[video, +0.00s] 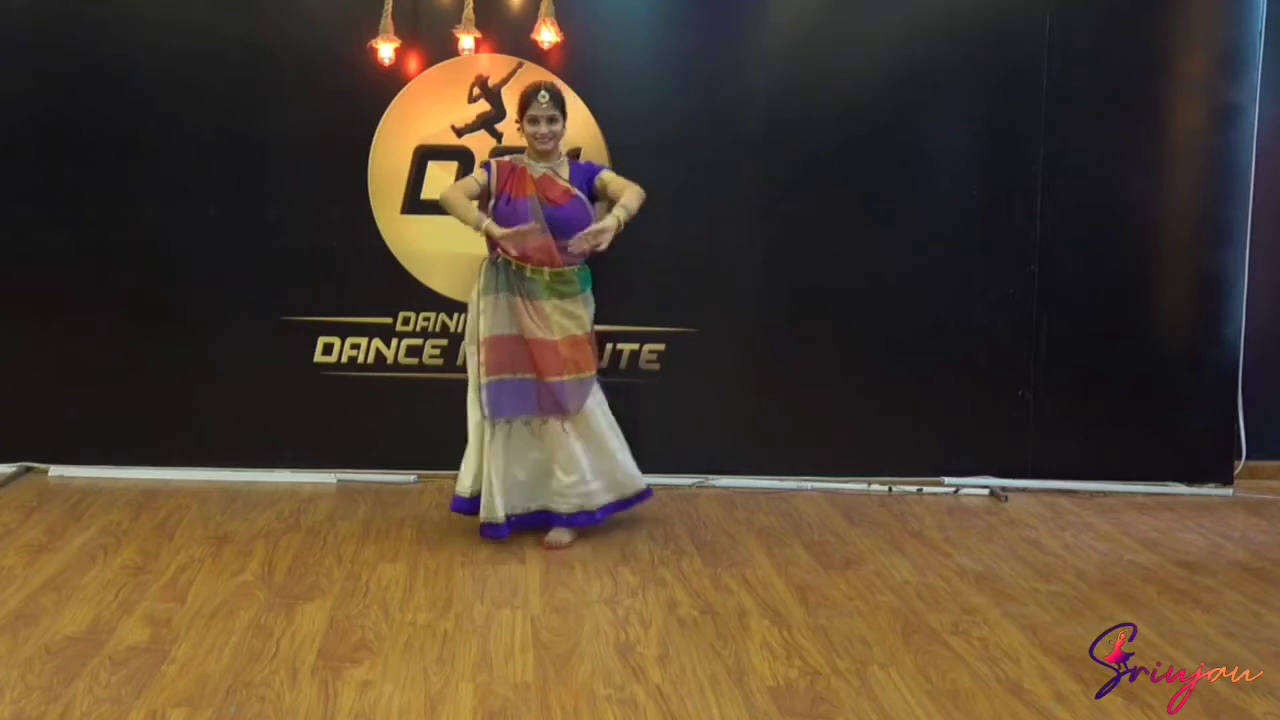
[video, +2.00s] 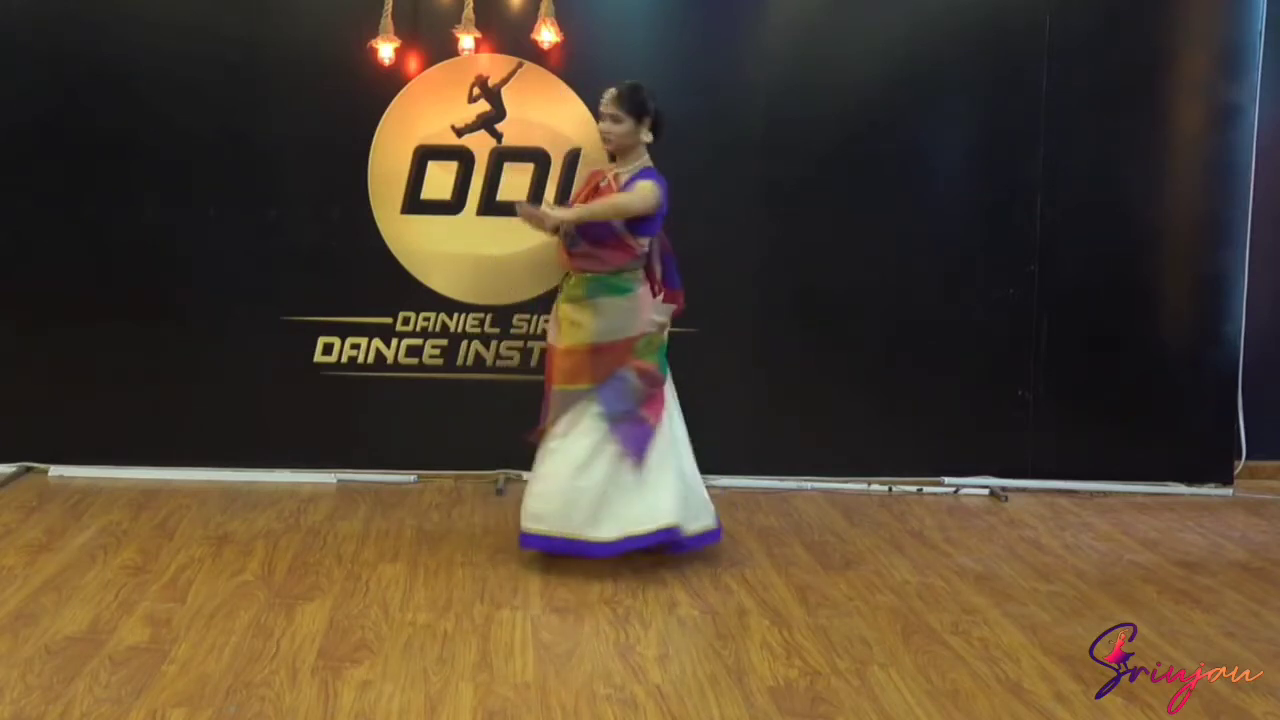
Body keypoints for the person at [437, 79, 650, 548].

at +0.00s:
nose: (543, 128)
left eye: (552, 120)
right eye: (534, 120)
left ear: (564, 126)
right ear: (521, 126)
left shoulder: (584, 173)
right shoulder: (503, 171)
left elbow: (633, 192)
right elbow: (452, 196)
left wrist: (611, 223)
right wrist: (492, 228)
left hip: (562, 298)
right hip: (507, 297)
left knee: (562, 402)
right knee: (510, 400)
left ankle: (565, 512)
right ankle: (508, 506)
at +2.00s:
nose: (604, 127)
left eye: (615, 120)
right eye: (601, 118)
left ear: (644, 126)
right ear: (598, 122)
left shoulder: (649, 185)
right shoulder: (594, 179)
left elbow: (625, 206)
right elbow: (577, 226)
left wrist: (566, 215)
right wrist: (548, 220)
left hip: (626, 312)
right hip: (581, 310)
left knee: (623, 413)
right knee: (580, 414)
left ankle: (638, 515)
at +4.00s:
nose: (601, 130)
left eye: (609, 121)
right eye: (599, 121)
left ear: (640, 122)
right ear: (606, 125)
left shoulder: (660, 176)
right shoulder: (605, 175)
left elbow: (630, 187)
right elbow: (582, 205)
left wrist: (580, 201)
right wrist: (572, 218)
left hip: (647, 318)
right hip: (598, 320)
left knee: (661, 429)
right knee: (596, 431)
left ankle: (681, 538)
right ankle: (596, 539)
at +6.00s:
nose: (579, 106)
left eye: (588, 95)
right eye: (574, 100)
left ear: (619, 106)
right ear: (574, 115)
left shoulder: (650, 165)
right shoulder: (568, 159)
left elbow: (689, 143)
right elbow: (512, 122)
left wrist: (633, 131)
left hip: (635, 307)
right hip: (568, 305)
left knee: (649, 432)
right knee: (539, 423)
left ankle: (656, 554)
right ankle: (508, 543)